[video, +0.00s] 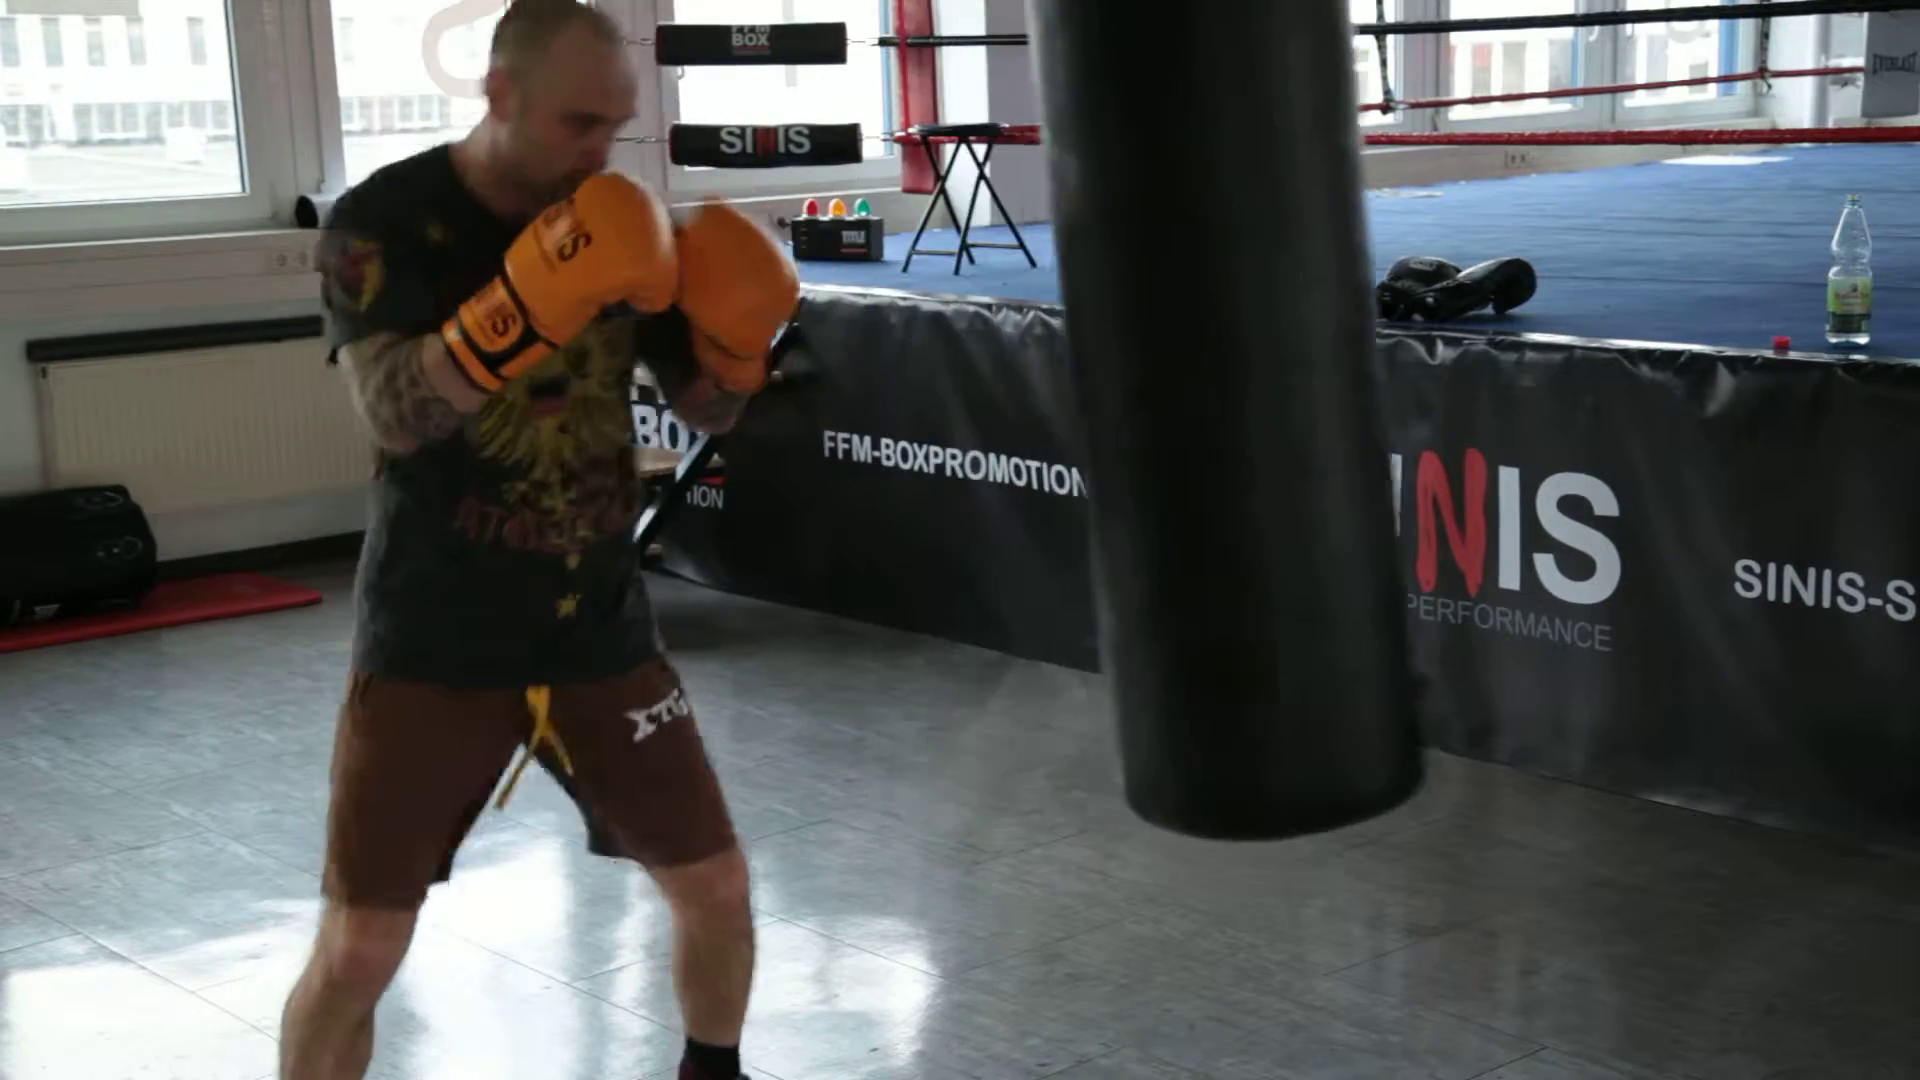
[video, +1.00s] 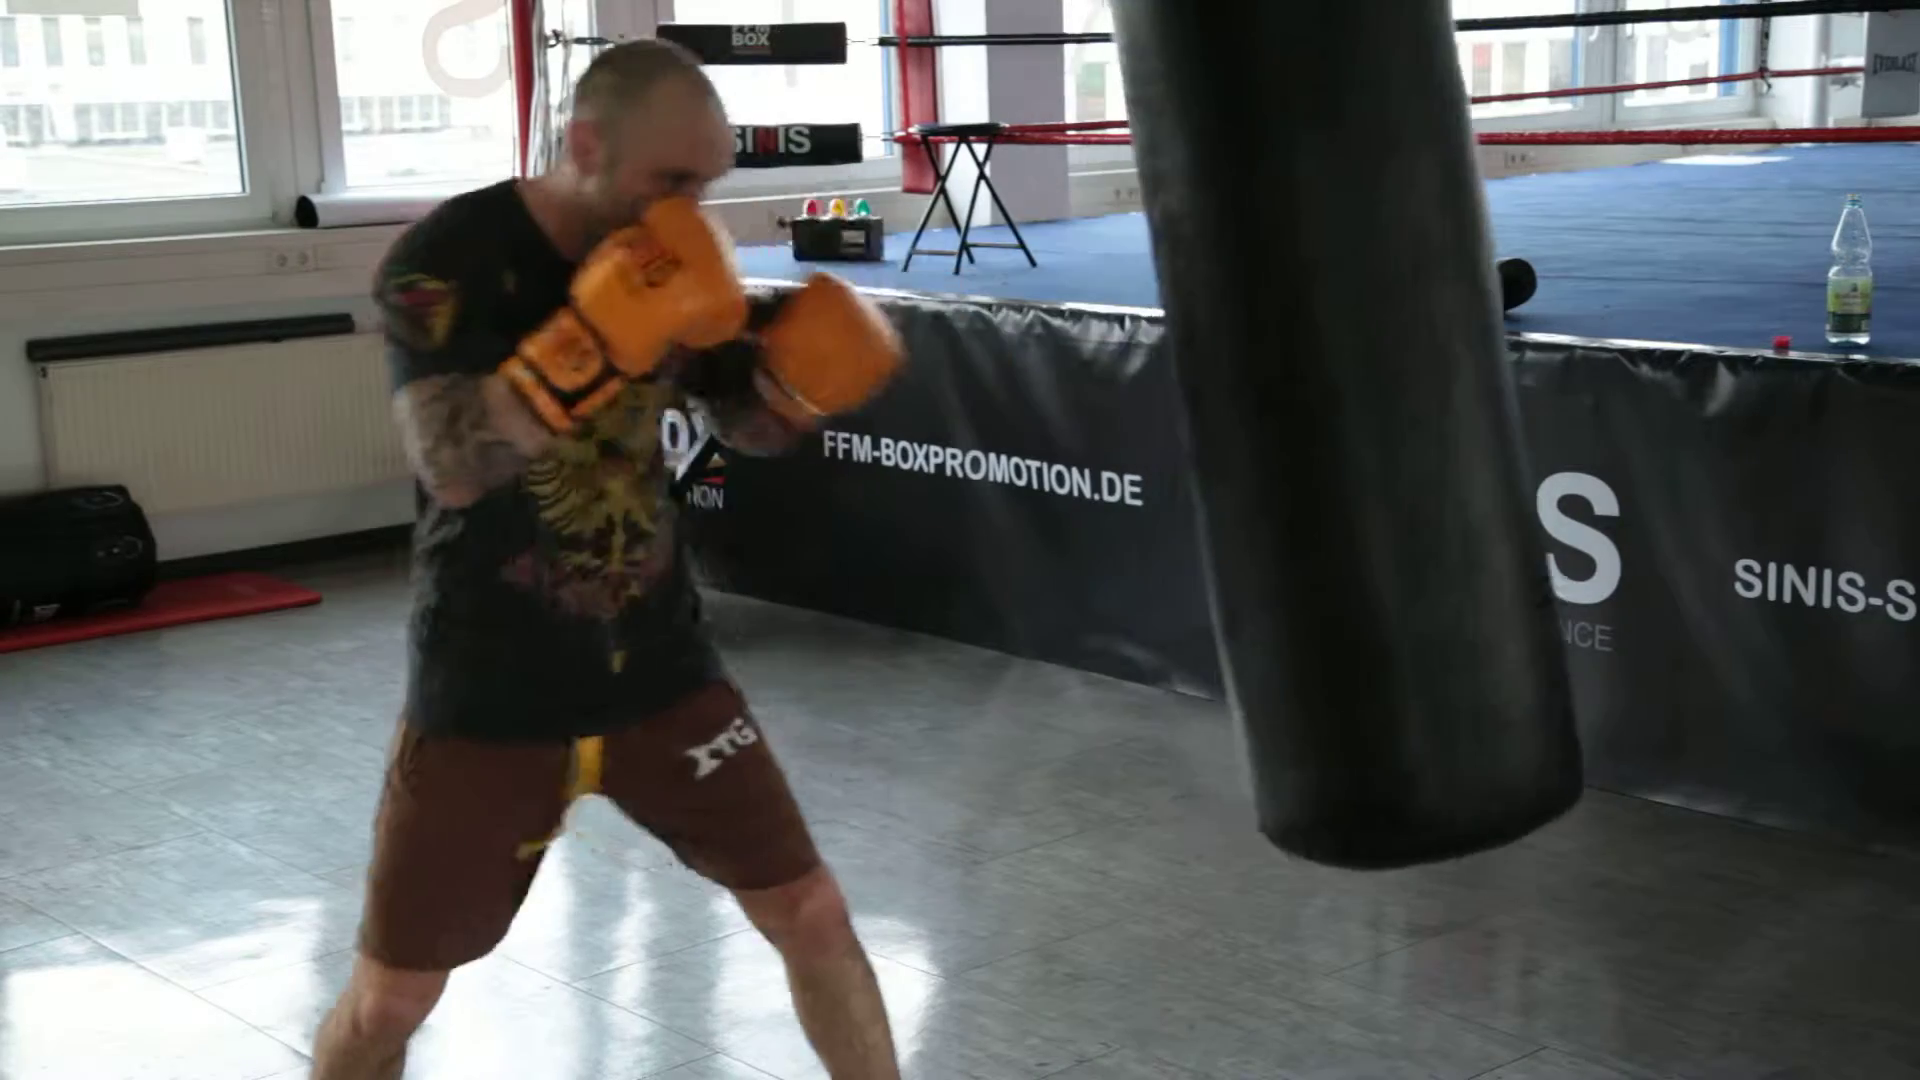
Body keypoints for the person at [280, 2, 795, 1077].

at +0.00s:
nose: (605, 149)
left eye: (617, 124)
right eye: (584, 123)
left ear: (625, 112)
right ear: (503, 94)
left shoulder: (607, 227)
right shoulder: (380, 219)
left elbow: (704, 407)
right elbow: (391, 415)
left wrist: (737, 341)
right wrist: (530, 301)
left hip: (597, 624)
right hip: (434, 637)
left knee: (717, 888)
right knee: (360, 951)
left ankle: (712, 1071)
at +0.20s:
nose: (629, 152)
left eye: (643, 122)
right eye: (606, 123)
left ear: (653, 102)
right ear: (518, 93)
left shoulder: (615, 218)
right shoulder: (387, 220)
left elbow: (701, 403)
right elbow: (396, 427)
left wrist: (728, 334)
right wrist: (540, 315)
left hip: (622, 611)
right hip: (456, 633)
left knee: (761, 885)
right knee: (371, 952)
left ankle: (825, 1075)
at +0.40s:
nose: (751, 182)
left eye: (763, 155)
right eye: (729, 153)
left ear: (774, 141)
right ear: (647, 127)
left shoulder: (760, 253)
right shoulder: (518, 248)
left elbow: (823, 465)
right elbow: (460, 472)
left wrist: (844, 363)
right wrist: (579, 373)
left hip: (725, 658)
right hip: (552, 671)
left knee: (864, 919)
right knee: (421, 974)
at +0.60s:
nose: (858, 203)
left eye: (871, 178)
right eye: (845, 171)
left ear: (772, 133)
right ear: (762, 129)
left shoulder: (750, 241)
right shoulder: (636, 220)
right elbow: (773, 362)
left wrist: (869, 329)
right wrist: (930, 314)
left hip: (722, 629)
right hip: (588, 649)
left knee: (855, 897)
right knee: (479, 987)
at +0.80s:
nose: (806, 209)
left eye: (824, 185)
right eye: (792, 179)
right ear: (710, 136)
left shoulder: (795, 246)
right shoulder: (553, 231)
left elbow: (940, 313)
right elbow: (526, 440)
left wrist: (1049, 290)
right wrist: (698, 346)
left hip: (702, 652)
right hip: (532, 665)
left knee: (835, 919)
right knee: (420, 972)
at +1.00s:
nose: (686, 212)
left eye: (700, 188)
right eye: (671, 183)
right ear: (587, 148)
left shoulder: (662, 259)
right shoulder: (440, 264)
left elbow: (744, 425)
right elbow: (450, 465)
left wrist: (803, 387)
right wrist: (595, 337)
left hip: (655, 665)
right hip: (493, 683)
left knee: (809, 911)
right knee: (392, 997)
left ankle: (879, 1079)